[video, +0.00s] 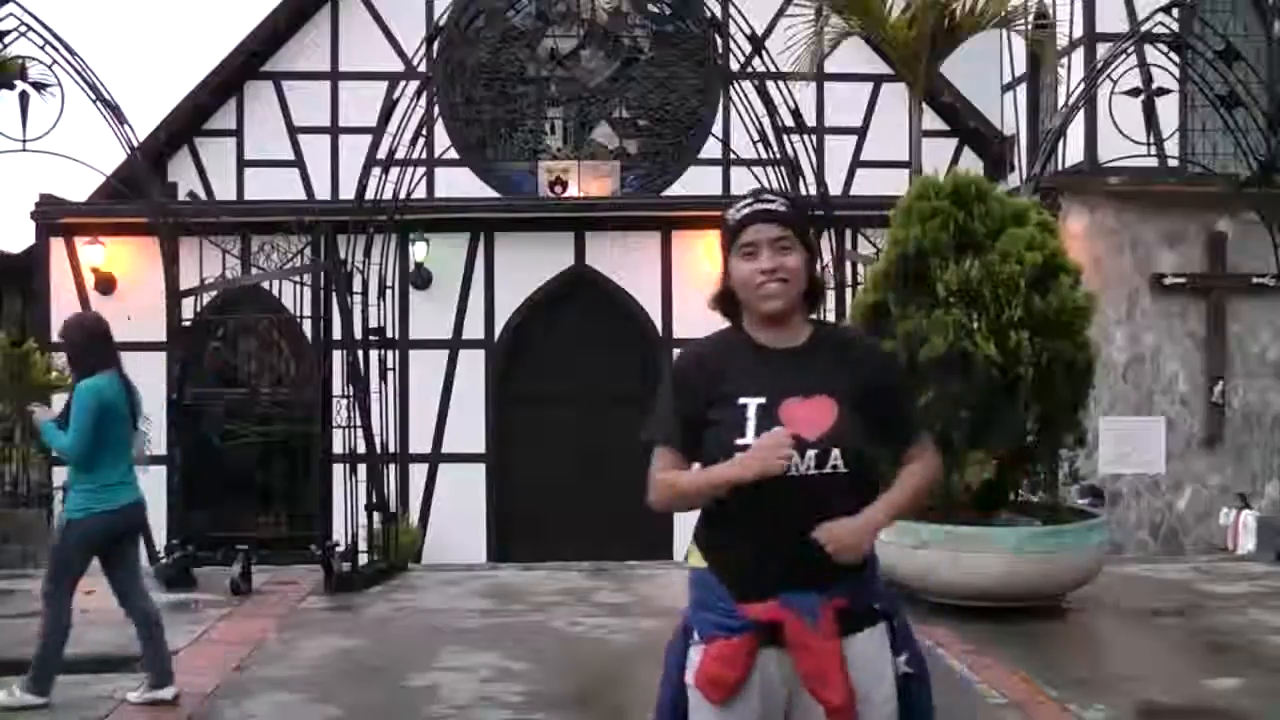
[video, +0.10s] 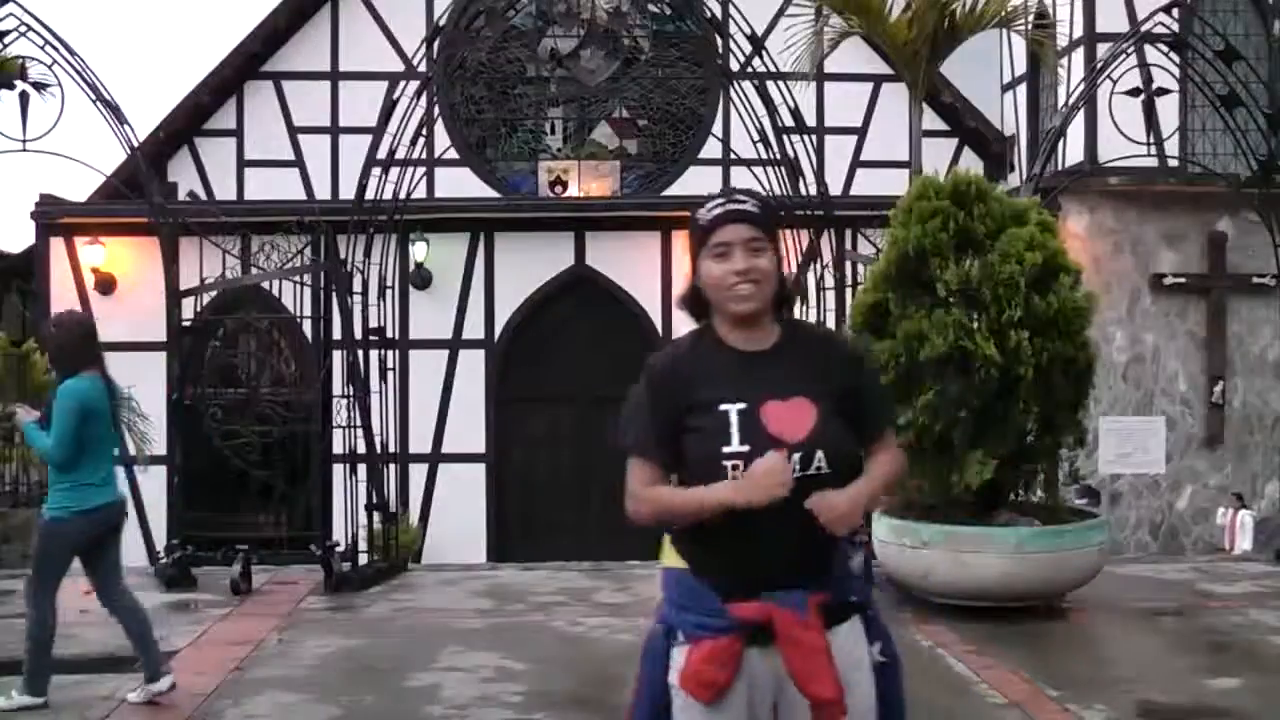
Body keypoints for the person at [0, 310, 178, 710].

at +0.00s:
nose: (64, 355)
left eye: (66, 348)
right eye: (63, 348)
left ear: (79, 350)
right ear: (105, 345)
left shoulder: (88, 391)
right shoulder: (123, 387)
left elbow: (72, 451)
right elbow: (118, 447)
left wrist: (43, 425)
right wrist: (61, 422)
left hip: (89, 514)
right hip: (126, 508)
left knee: (56, 594)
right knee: (134, 595)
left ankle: (37, 685)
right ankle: (162, 680)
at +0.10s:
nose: (48, 358)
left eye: (51, 350)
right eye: (47, 350)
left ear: (66, 350)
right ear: (87, 347)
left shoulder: (71, 392)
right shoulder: (103, 386)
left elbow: (57, 454)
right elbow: (97, 445)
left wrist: (27, 426)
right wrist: (41, 423)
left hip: (69, 514)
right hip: (106, 508)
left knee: (39, 595)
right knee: (113, 591)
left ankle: (33, 688)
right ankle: (158, 674)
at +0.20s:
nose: (26, 348)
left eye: (29, 342)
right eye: (29, 341)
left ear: (36, 345)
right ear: (65, 341)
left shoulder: (44, 387)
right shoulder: (79, 382)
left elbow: (33, 449)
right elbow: (69, 438)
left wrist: (6, 427)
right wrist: (21, 417)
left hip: (46, 509)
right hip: (83, 502)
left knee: (31, 595)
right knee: (70, 590)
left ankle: (33, 687)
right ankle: (129, 654)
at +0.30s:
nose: (7, 350)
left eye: (10, 343)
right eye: (9, 342)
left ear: (20, 345)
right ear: (48, 339)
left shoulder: (29, 385)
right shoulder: (68, 380)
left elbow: (19, 448)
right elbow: (68, 436)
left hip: (36, 507)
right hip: (70, 500)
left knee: (29, 595)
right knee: (47, 584)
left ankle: (33, 687)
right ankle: (94, 650)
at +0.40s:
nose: (1, 348)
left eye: (4, 340)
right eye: (5, 339)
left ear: (9, 342)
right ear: (37, 338)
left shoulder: (15, 385)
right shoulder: (57, 379)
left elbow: (8, 446)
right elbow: (57, 434)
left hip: (25, 502)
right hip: (59, 496)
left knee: (23, 588)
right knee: (27, 582)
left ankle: (36, 684)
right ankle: (51, 663)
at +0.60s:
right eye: (21, 339)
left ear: (1, 343)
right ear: (21, 343)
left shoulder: (11, 383)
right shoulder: (33, 383)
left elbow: (35, 440)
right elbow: (41, 439)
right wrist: (41, 486)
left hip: (13, 501)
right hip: (36, 498)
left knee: (14, 592)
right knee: (13, 589)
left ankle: (33, 684)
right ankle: (31, 682)